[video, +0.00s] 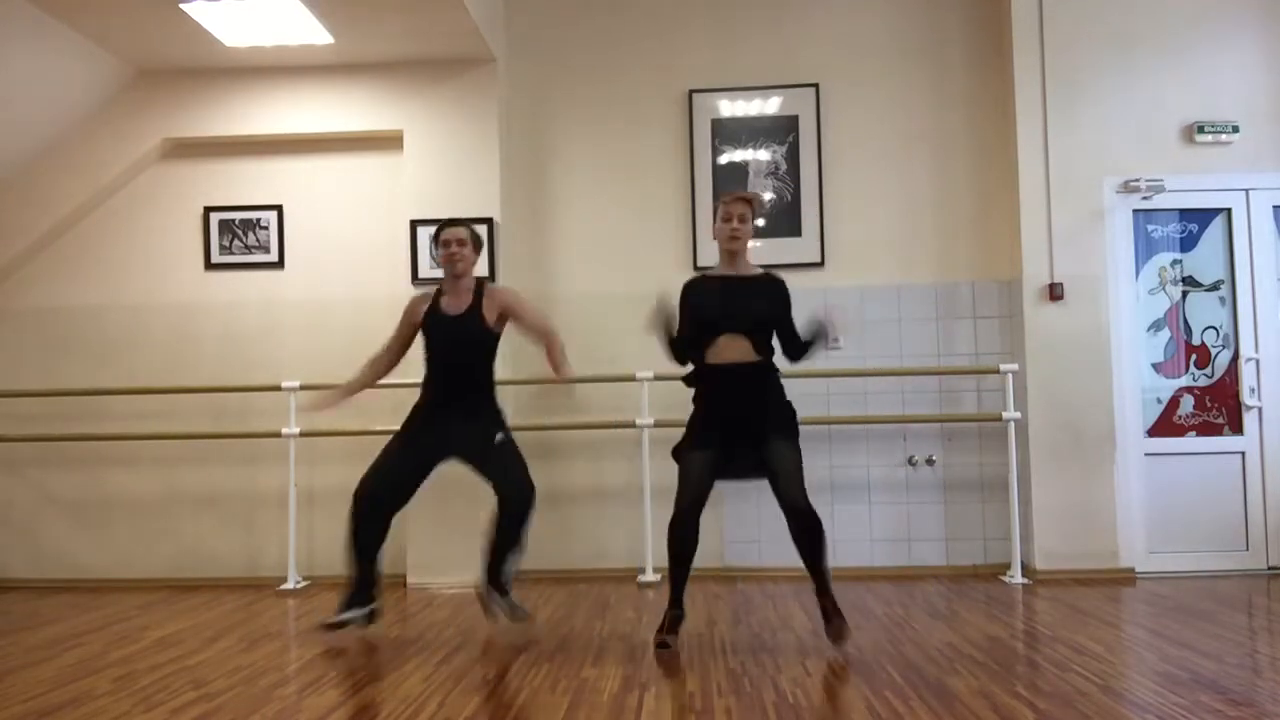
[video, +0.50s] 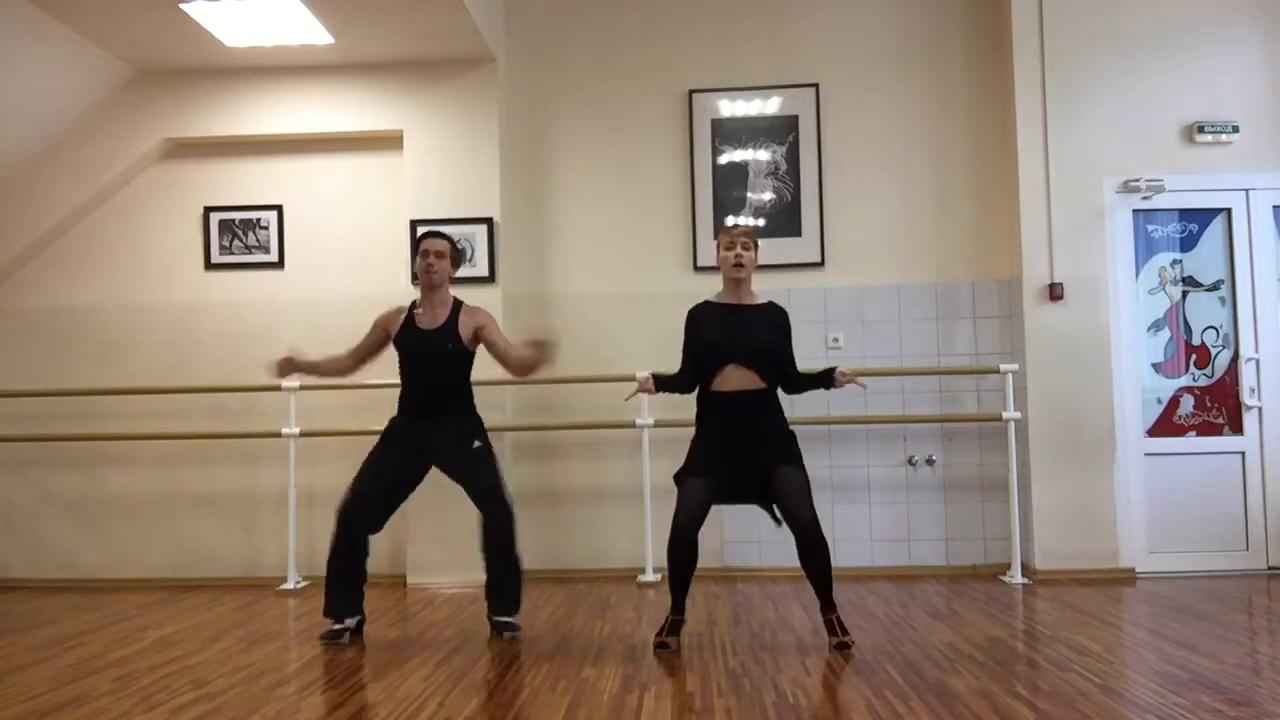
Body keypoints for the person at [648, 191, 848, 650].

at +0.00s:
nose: (733, 226)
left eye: (741, 220)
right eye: (726, 220)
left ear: (753, 229)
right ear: (714, 228)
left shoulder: (771, 286)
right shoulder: (696, 289)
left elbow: (793, 351)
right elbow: (684, 356)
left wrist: (819, 335)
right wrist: (667, 330)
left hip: (763, 399)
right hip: (711, 402)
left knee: (795, 502)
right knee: (686, 506)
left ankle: (826, 599)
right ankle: (674, 607)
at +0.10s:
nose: (733, 246)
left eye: (741, 240)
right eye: (726, 239)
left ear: (753, 249)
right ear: (715, 248)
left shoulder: (771, 308)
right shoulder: (698, 309)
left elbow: (791, 374)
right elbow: (679, 376)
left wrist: (835, 380)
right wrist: (641, 381)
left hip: (767, 423)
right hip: (713, 424)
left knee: (797, 520)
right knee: (683, 519)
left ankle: (829, 613)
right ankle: (673, 615)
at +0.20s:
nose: (736, 255)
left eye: (744, 248)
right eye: (728, 248)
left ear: (755, 259)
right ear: (717, 258)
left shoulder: (773, 317)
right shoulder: (700, 318)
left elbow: (793, 382)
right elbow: (683, 382)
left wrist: (829, 385)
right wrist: (652, 392)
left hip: (766, 430)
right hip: (714, 431)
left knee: (799, 526)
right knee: (682, 526)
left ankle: (829, 615)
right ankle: (675, 615)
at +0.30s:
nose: (736, 255)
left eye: (744, 248)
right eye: (728, 248)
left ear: (755, 258)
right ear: (717, 258)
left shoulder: (773, 317)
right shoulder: (699, 316)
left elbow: (792, 383)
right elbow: (684, 381)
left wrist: (829, 380)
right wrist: (656, 385)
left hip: (765, 428)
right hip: (712, 430)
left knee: (799, 523)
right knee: (683, 526)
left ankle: (829, 615)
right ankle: (675, 615)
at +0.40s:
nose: (737, 254)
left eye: (744, 248)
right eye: (728, 248)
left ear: (755, 259)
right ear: (716, 258)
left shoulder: (773, 316)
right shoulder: (699, 316)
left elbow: (790, 382)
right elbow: (685, 379)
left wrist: (827, 379)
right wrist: (658, 385)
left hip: (765, 430)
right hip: (713, 432)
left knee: (802, 524)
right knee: (682, 526)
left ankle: (830, 614)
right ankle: (676, 615)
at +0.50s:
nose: (737, 253)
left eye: (745, 247)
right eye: (729, 247)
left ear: (756, 258)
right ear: (717, 257)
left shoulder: (774, 315)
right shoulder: (700, 315)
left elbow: (789, 381)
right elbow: (689, 379)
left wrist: (828, 377)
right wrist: (658, 381)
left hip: (766, 428)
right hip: (714, 430)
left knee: (805, 521)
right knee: (683, 526)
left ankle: (830, 614)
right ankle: (676, 614)